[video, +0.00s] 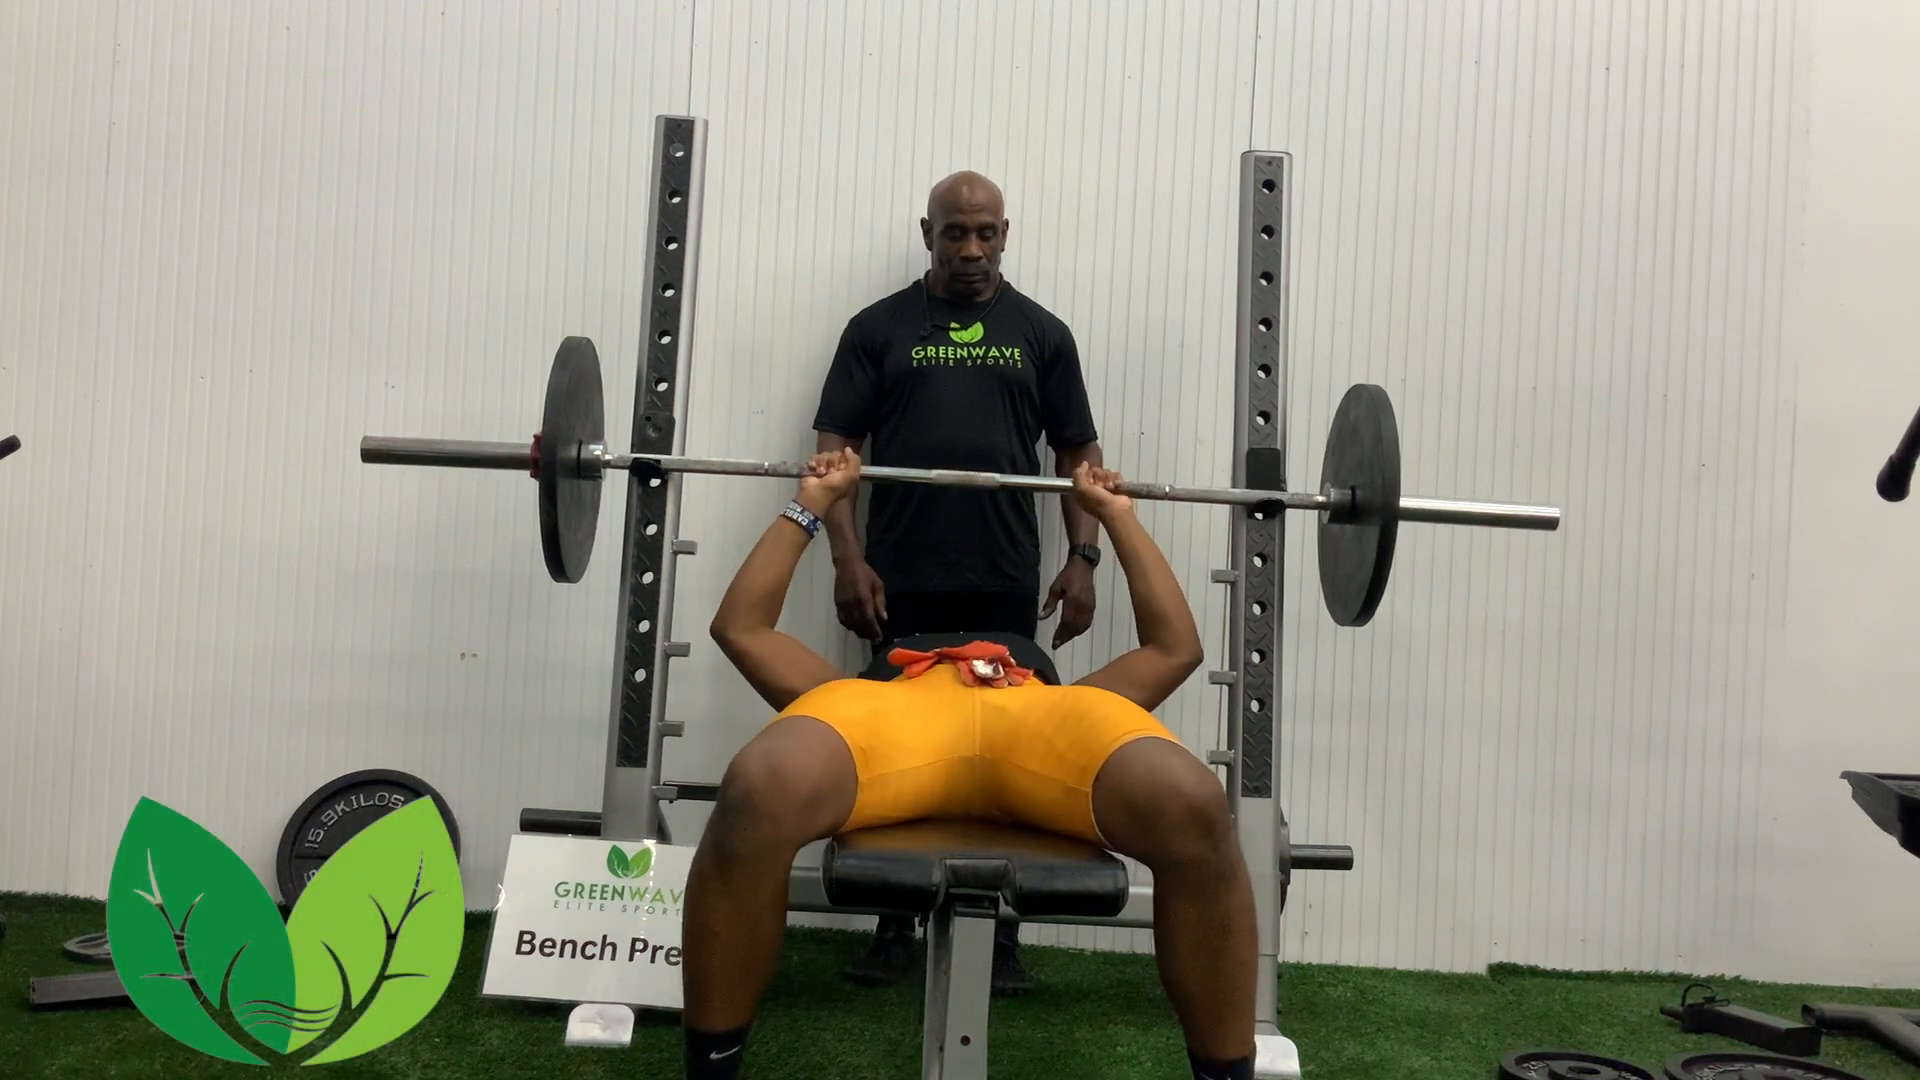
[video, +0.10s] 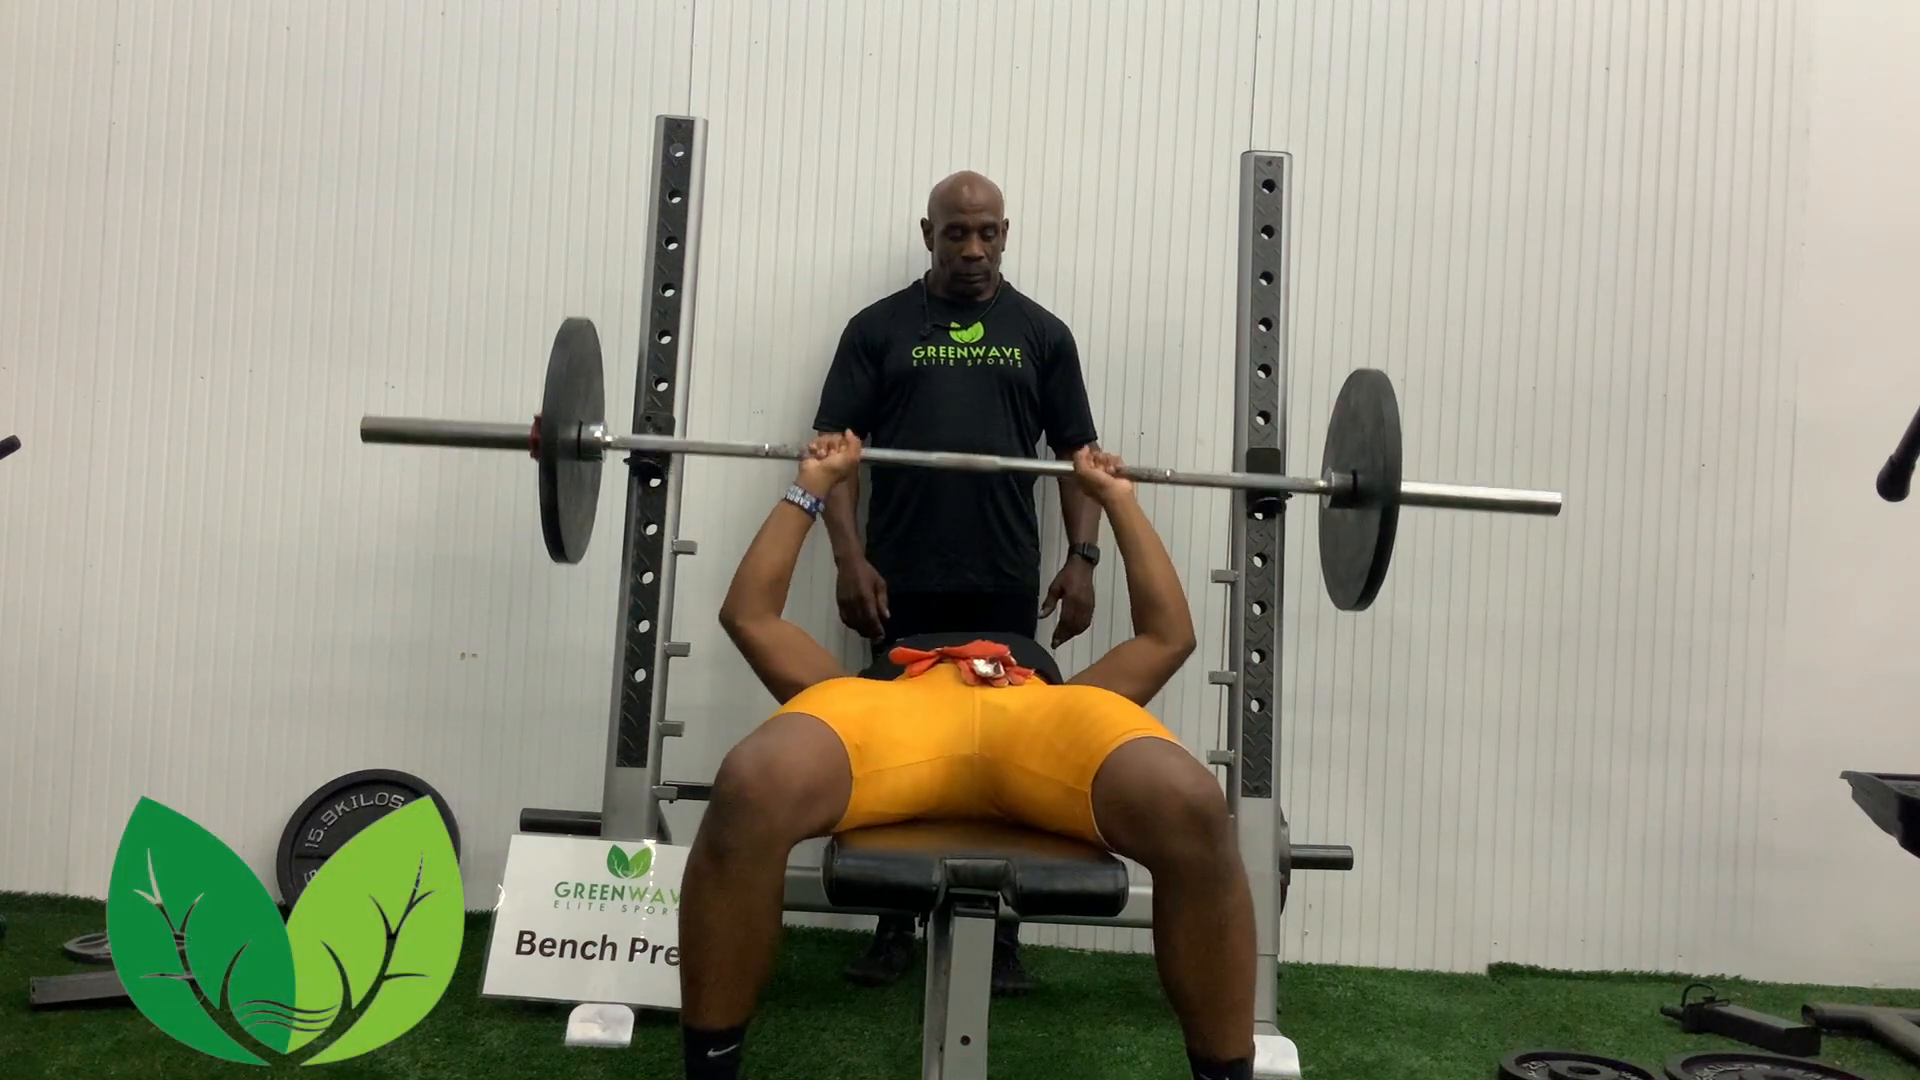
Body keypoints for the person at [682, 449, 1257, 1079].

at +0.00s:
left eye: (1001, 647)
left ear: (1030, 673)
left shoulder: (1067, 696)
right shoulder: (861, 689)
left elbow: (1175, 643)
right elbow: (740, 625)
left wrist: (1116, 514)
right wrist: (807, 508)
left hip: (1048, 711)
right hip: (886, 704)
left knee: (1196, 808)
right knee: (755, 791)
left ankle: (1227, 1072)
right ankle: (711, 1068)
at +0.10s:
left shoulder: (1067, 694)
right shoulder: (861, 687)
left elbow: (1167, 632)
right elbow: (749, 613)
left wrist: (1120, 500)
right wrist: (808, 488)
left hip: (1050, 711)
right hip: (881, 704)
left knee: (1197, 810)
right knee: (748, 786)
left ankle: (1227, 1074)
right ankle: (710, 1068)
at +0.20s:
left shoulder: (1065, 689)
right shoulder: (855, 687)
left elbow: (1154, 609)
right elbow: (768, 587)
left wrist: (1124, 467)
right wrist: (810, 456)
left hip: (1040, 709)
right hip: (884, 706)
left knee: (1193, 811)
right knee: (740, 784)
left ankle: (1226, 1071)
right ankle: (708, 1061)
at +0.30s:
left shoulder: (1064, 684)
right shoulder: (857, 677)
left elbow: (1131, 581)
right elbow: (791, 563)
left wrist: (1123, 431)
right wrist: (815, 422)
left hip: (1038, 704)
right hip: (886, 696)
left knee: (1193, 808)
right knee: (737, 785)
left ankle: (1227, 1071)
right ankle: (707, 1063)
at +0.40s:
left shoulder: (1061, 675)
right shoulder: (854, 673)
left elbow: (1097, 549)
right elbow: (822, 541)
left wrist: (1122, 411)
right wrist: (821, 402)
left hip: (1042, 703)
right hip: (886, 693)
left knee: (1195, 806)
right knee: (737, 783)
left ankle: (1227, 1068)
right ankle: (708, 1060)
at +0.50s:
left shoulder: (1062, 672)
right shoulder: (862, 673)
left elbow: (1095, 542)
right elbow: (833, 534)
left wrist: (1121, 403)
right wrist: (824, 394)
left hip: (1046, 706)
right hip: (886, 696)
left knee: (1197, 809)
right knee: (728, 771)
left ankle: (1229, 1068)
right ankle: (708, 1061)